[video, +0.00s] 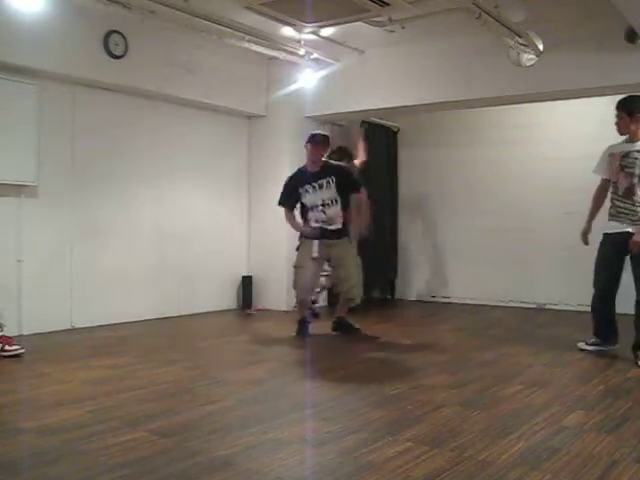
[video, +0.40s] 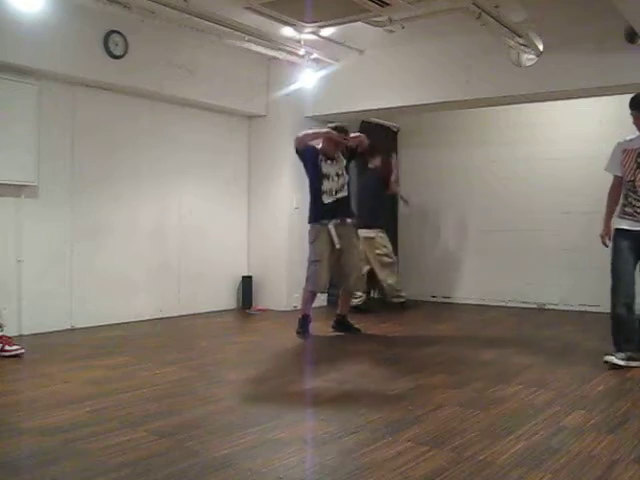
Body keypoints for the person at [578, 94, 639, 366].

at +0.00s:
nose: (616, 122)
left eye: (620, 117)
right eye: (616, 117)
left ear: (633, 118)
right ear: (629, 119)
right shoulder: (615, 150)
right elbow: (603, 188)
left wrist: (637, 233)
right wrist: (589, 222)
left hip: (635, 230)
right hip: (616, 229)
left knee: (638, 294)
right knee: (603, 286)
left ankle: (637, 347)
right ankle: (605, 338)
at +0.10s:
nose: (622, 126)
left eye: (625, 121)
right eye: (622, 120)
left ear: (636, 122)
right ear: (630, 122)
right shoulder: (621, 151)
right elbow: (611, 188)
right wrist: (598, 220)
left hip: (634, 228)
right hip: (619, 227)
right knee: (604, 281)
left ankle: (638, 347)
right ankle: (604, 335)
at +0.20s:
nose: (628, 126)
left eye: (632, 121)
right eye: (628, 120)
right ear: (630, 122)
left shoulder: (628, 151)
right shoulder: (623, 150)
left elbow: (617, 186)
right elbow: (615, 186)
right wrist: (606, 219)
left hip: (635, 228)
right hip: (622, 227)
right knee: (608, 283)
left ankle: (637, 348)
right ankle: (606, 338)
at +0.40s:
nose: (635, 120)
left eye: (636, 116)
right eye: (635, 116)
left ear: (638, 116)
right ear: (633, 116)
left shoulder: (627, 148)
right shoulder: (625, 148)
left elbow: (616, 186)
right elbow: (617, 186)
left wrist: (608, 220)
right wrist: (607, 221)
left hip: (632, 229)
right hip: (627, 228)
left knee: (624, 290)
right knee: (623, 290)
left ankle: (629, 348)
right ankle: (626, 349)